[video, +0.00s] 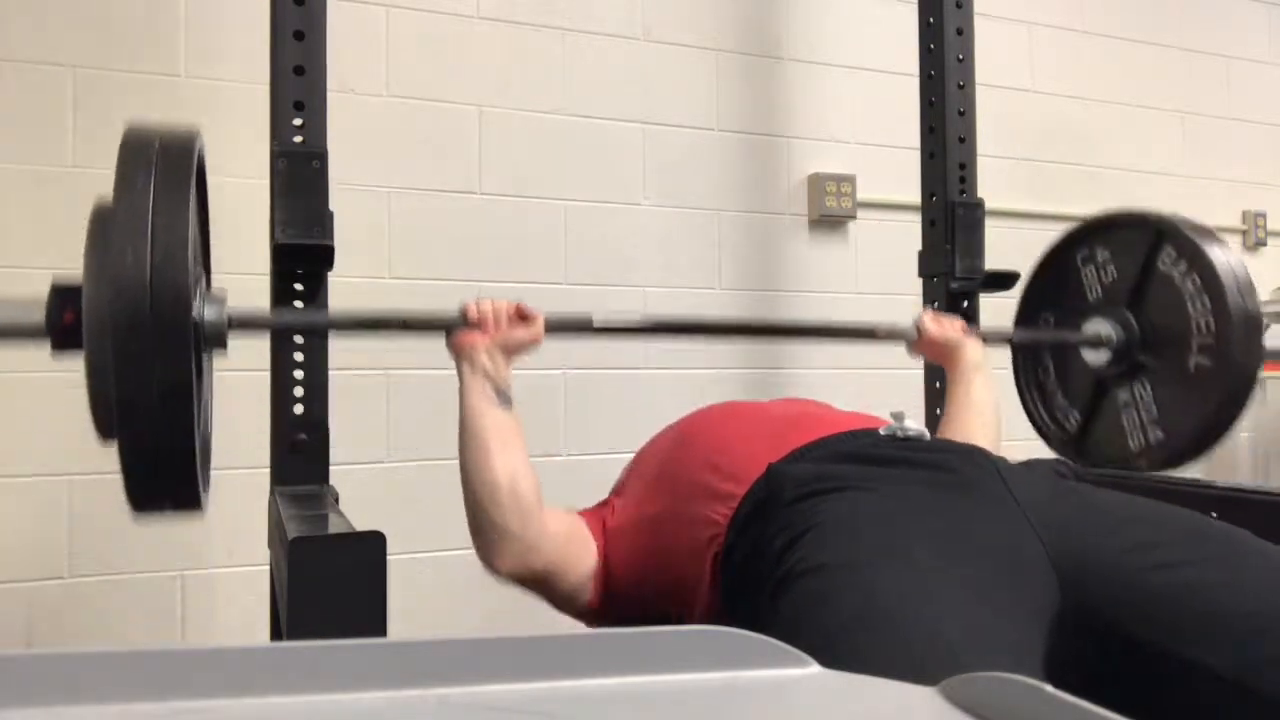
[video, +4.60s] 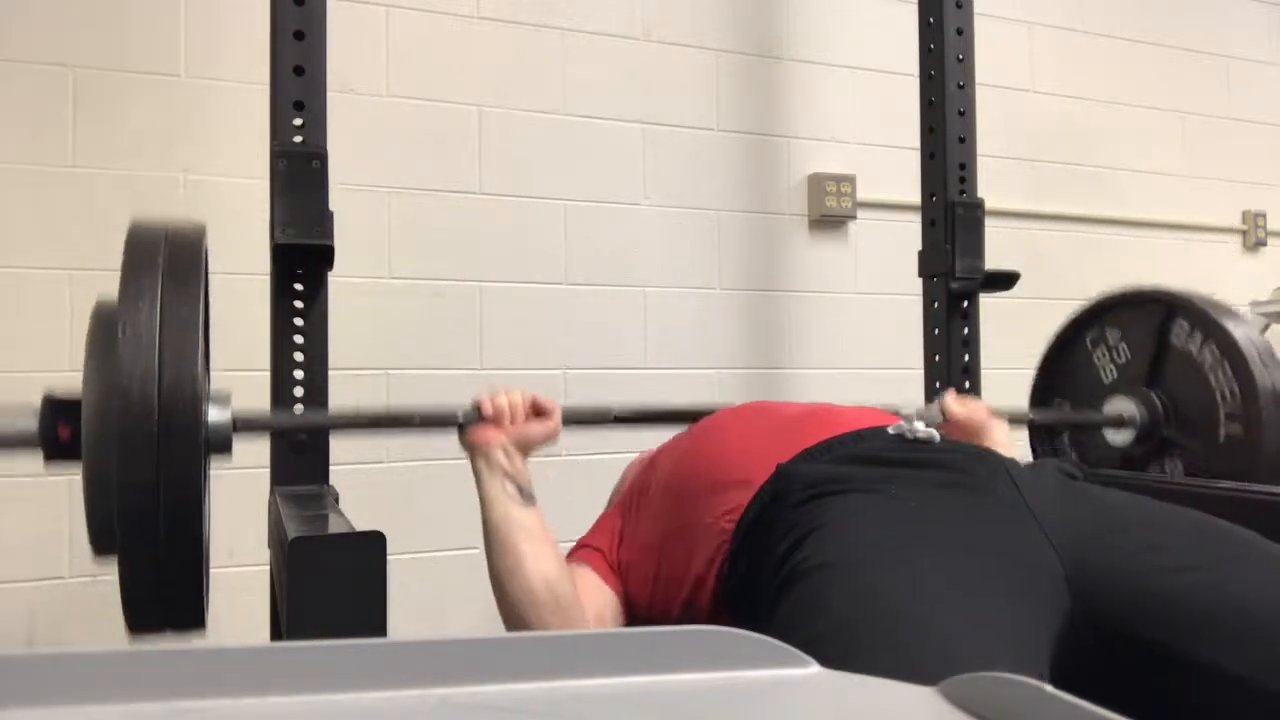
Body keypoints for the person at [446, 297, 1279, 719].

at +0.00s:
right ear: (650, 495)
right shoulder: (623, 542)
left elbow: (970, 477)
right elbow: (511, 537)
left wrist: (971, 358)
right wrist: (481, 374)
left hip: (1031, 487)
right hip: (845, 506)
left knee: (1269, 614)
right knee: (922, 690)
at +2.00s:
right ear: (645, 481)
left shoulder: (857, 422)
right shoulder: (621, 532)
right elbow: (553, 633)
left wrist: (985, 459)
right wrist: (492, 496)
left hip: (1031, 487)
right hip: (853, 502)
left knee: (1270, 604)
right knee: (935, 685)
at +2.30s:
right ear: (652, 497)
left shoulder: (873, 433)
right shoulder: (624, 542)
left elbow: (970, 479)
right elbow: (521, 543)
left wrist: (977, 365)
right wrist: (483, 379)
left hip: (1039, 487)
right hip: (854, 507)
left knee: (1274, 622)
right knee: (913, 700)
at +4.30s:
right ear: (650, 487)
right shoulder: (633, 519)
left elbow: (1014, 515)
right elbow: (547, 618)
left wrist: (983, 428)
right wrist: (495, 441)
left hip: (1017, 481)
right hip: (855, 499)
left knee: (1277, 622)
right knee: (942, 694)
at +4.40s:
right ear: (647, 481)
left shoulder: (865, 422)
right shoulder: (625, 531)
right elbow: (551, 629)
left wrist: (986, 451)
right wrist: (499, 483)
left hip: (1035, 487)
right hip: (858, 504)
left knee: (1273, 608)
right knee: (932, 686)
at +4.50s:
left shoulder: (849, 425)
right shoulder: (613, 544)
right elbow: (555, 635)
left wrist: (986, 457)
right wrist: (498, 499)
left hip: (1035, 487)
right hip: (856, 506)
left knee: (1274, 607)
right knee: (929, 700)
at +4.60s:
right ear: (645, 488)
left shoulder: (870, 422)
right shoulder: (626, 529)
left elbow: (1032, 523)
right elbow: (559, 625)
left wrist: (996, 446)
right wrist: (501, 477)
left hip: (1043, 487)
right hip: (862, 499)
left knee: (1276, 610)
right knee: (939, 690)